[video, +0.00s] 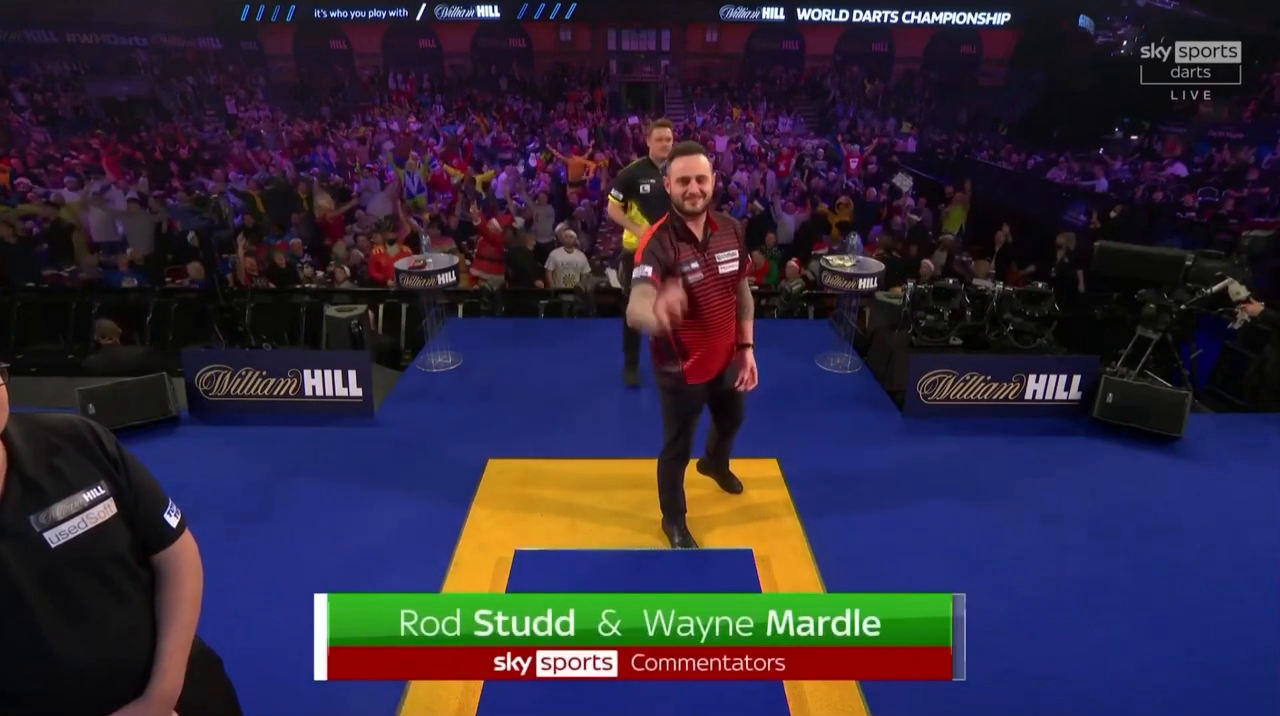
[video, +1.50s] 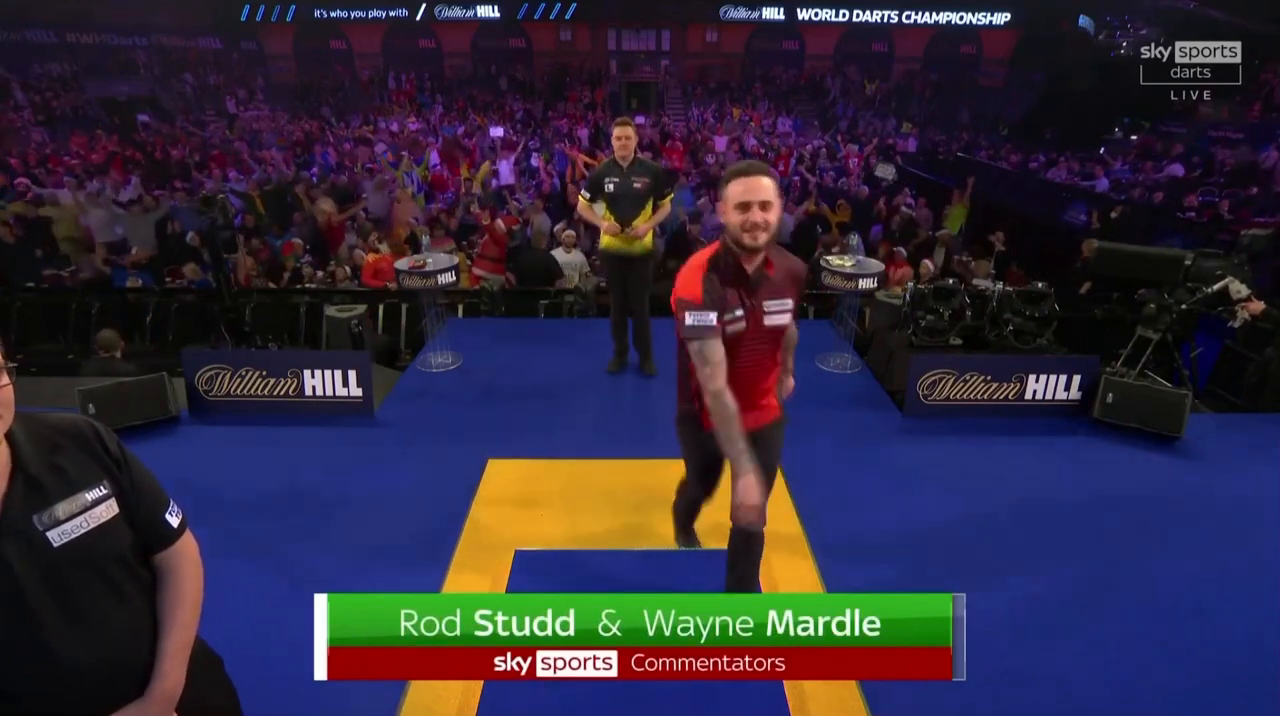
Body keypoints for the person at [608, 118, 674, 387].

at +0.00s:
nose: (664, 145)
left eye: (668, 140)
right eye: (659, 140)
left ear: (673, 142)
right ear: (648, 141)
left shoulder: (679, 170)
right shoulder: (631, 173)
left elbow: (690, 203)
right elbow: (613, 208)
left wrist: (683, 228)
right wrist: (638, 230)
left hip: (671, 249)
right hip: (637, 250)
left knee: (672, 305)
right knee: (634, 309)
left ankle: (673, 367)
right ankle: (631, 368)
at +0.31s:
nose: (656, 143)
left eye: (661, 138)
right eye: (652, 138)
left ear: (669, 140)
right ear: (645, 141)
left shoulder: (677, 169)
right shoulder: (631, 170)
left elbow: (691, 201)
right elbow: (615, 202)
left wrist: (676, 221)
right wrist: (632, 222)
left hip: (668, 244)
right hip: (636, 243)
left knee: (664, 300)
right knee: (630, 300)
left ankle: (666, 356)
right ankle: (626, 357)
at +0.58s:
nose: (642, 142)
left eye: (647, 137)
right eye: (638, 137)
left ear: (657, 139)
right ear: (632, 140)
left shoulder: (669, 169)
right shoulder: (621, 171)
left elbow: (681, 201)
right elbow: (604, 203)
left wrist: (663, 219)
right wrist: (624, 222)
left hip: (661, 244)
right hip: (628, 244)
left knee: (660, 299)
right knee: (624, 300)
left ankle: (662, 356)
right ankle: (620, 357)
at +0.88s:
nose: (624, 142)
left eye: (629, 137)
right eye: (620, 137)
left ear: (639, 140)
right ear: (615, 140)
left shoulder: (657, 172)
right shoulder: (605, 172)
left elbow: (668, 206)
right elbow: (585, 204)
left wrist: (649, 225)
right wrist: (605, 220)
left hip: (645, 248)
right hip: (615, 249)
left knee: (648, 305)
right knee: (618, 305)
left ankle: (654, 354)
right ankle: (619, 355)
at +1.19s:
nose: (621, 143)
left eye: (626, 138)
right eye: (617, 138)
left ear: (635, 140)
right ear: (611, 141)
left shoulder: (653, 171)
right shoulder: (602, 172)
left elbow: (669, 204)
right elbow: (577, 203)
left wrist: (648, 225)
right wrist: (602, 223)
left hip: (642, 250)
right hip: (613, 251)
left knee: (642, 307)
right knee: (617, 307)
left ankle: (645, 357)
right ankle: (619, 355)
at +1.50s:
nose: (622, 143)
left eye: (627, 138)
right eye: (618, 138)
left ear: (636, 140)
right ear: (611, 141)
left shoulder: (653, 172)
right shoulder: (601, 173)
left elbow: (666, 205)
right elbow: (582, 206)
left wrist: (647, 225)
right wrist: (602, 223)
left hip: (641, 250)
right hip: (612, 250)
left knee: (640, 306)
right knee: (617, 306)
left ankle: (645, 358)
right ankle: (619, 355)